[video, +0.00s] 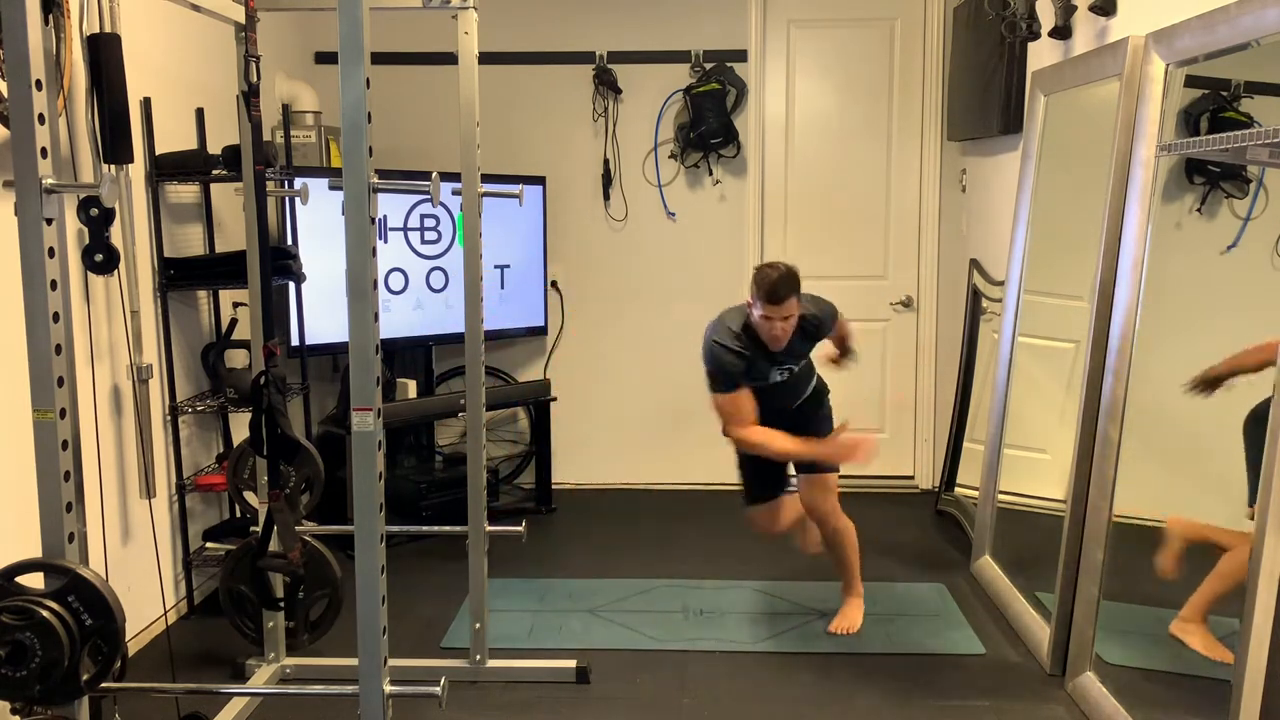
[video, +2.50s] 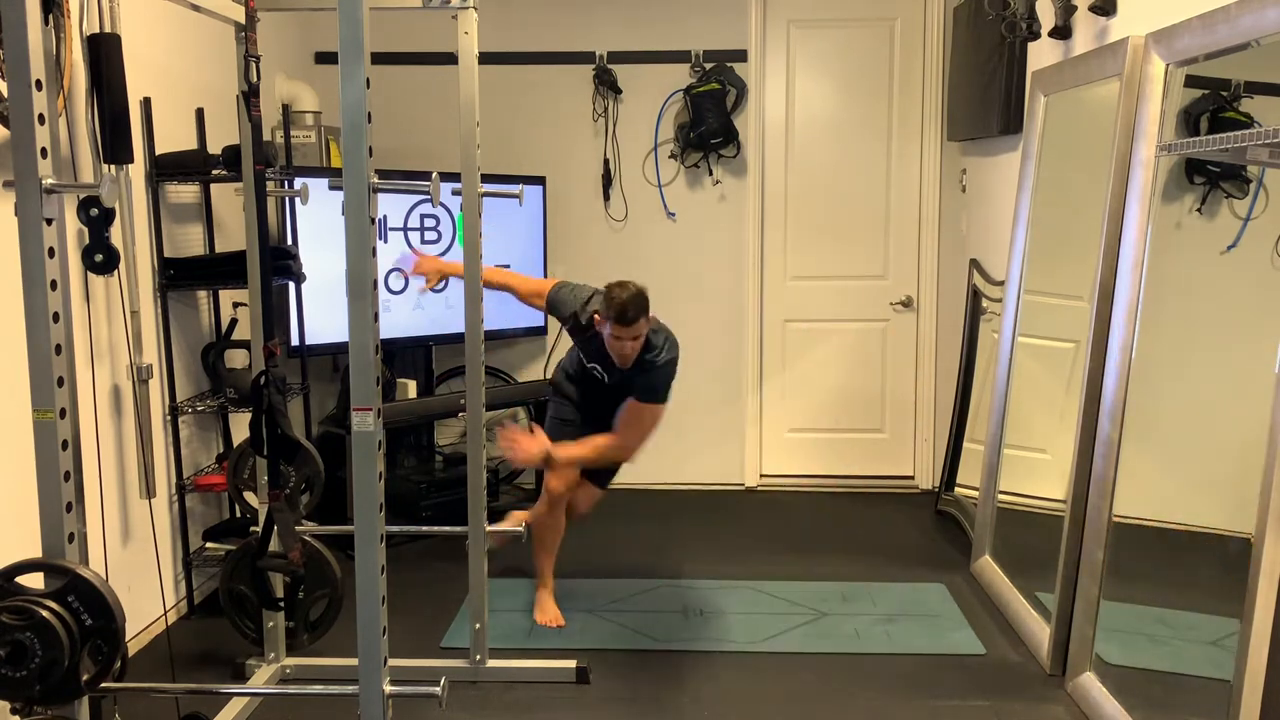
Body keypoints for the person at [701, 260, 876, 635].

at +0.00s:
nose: (779, 329)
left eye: (787, 318)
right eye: (769, 319)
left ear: (799, 306)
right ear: (751, 306)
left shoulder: (814, 316)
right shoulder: (724, 342)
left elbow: (839, 329)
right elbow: (740, 430)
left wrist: (843, 350)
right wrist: (820, 450)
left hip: (805, 406)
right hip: (756, 419)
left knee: (821, 507)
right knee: (768, 522)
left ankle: (853, 594)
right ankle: (807, 506)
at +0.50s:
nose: (635, 321)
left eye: (645, 312)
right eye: (627, 310)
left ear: (664, 302)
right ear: (616, 296)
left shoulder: (675, 338)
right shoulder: (601, 285)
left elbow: (615, 410)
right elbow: (560, 257)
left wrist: (540, 388)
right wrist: (514, 228)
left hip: (639, 409)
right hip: (590, 385)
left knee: (597, 495)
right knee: (577, 491)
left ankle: (531, 502)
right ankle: (546, 592)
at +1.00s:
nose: (693, 291)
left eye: (702, 281)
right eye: (684, 281)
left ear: (713, 270)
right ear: (666, 268)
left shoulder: (733, 288)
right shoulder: (633, 296)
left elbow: (794, 323)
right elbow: (558, 356)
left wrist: (793, 395)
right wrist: (560, 435)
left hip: (695, 390)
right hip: (631, 392)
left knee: (746, 480)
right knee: (591, 488)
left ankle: (785, 554)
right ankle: (546, 587)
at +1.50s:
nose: (822, 334)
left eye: (831, 323)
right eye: (811, 324)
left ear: (841, 309)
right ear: (790, 311)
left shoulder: (809, 299)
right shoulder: (777, 367)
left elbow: (785, 287)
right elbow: (855, 428)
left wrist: (753, 305)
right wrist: (892, 360)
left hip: (827, 397)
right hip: (785, 427)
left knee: (855, 497)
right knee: (840, 485)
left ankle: (869, 593)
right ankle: (882, 507)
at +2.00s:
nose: (690, 305)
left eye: (699, 295)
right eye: (680, 294)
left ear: (713, 282)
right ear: (665, 278)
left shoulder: (729, 304)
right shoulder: (633, 286)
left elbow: (765, 389)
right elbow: (582, 283)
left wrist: (706, 453)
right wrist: (550, 288)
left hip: (698, 392)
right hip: (636, 390)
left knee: (746, 485)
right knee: (603, 495)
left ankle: (763, 540)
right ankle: (554, 586)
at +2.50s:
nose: (626, 348)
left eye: (635, 339)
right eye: (617, 339)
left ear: (648, 325)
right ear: (601, 322)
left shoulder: (661, 355)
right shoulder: (582, 308)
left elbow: (623, 444)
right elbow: (511, 282)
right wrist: (447, 267)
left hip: (616, 421)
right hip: (573, 398)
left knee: (580, 504)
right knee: (556, 489)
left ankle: (523, 520)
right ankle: (545, 589)